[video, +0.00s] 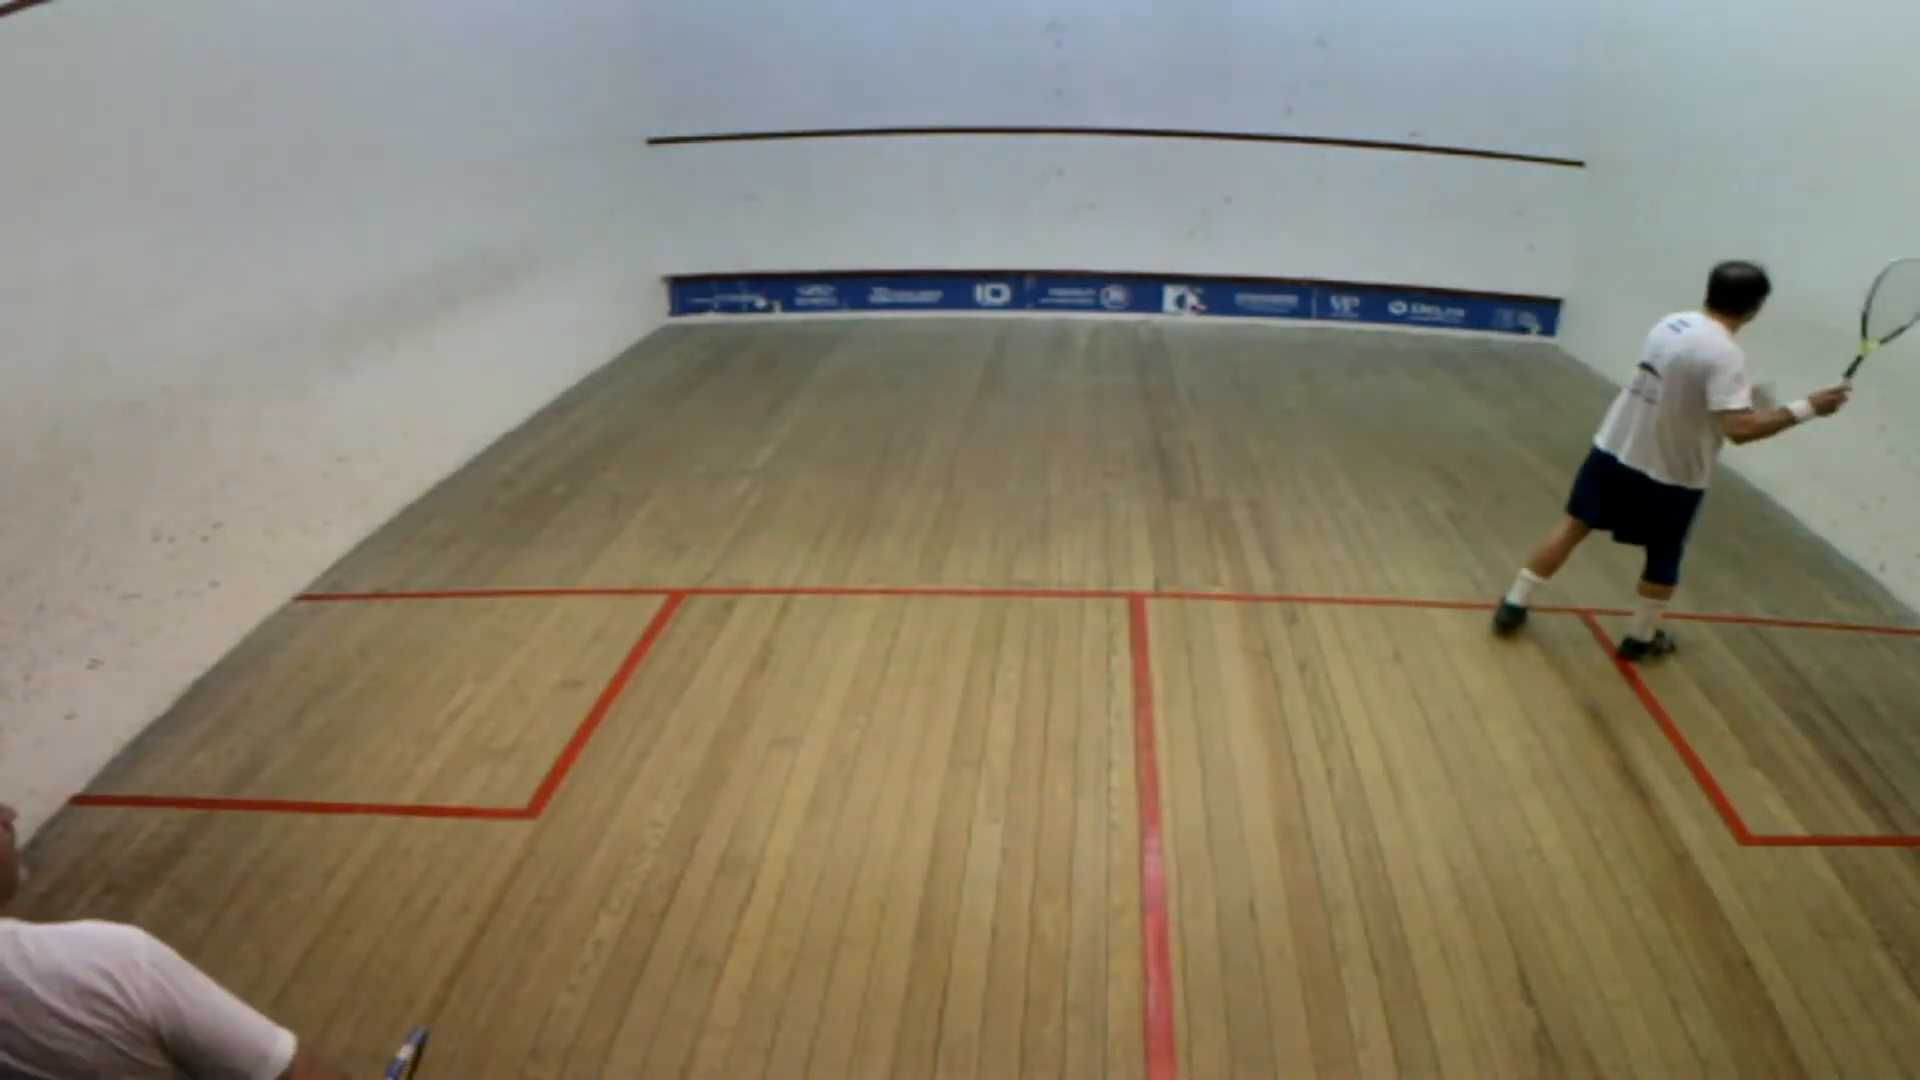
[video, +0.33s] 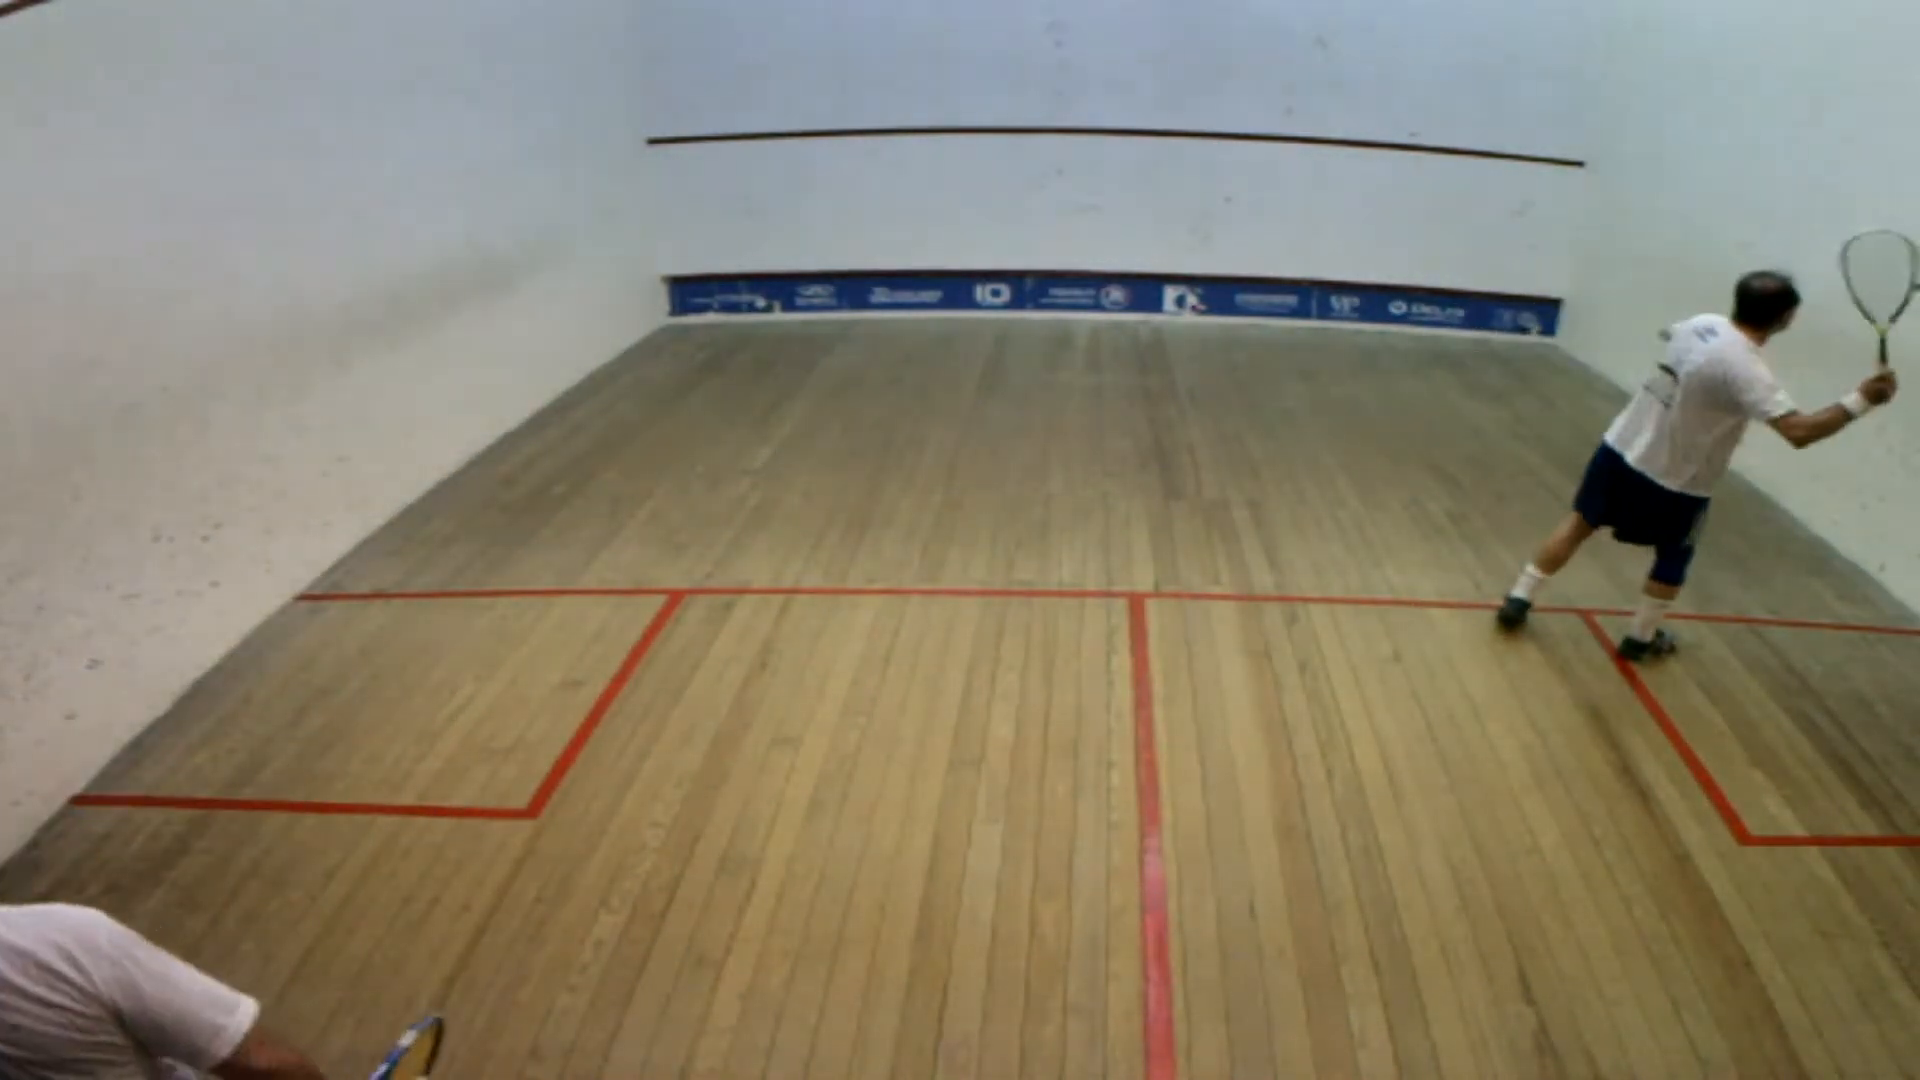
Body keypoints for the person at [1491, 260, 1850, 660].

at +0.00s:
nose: (1759, 311)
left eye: (1758, 303)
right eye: (1760, 304)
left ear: (1712, 292)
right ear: (1751, 309)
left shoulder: (1672, 324)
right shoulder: (1725, 356)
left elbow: (1672, 391)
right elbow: (1739, 428)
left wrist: (1739, 398)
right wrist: (1807, 408)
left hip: (1614, 450)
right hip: (1672, 477)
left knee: (1572, 526)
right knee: (1663, 558)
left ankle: (1512, 603)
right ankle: (1640, 636)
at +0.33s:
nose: (1791, 323)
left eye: (1789, 313)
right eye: (1791, 316)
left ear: (1741, 300)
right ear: (1780, 320)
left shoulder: (1700, 324)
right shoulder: (1746, 369)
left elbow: (1668, 343)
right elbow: (1798, 432)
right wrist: (1862, 399)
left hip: (1623, 449)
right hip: (1677, 484)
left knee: (1579, 524)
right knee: (1672, 559)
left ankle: (1516, 598)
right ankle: (1640, 636)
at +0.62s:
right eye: (1766, 294)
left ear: (1714, 294)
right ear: (1766, 300)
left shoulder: (1678, 339)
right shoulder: (1780, 352)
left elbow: (1600, 370)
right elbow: (1808, 358)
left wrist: (1607, 364)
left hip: (1635, 455)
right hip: (1701, 479)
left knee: (1589, 495)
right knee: (1672, 557)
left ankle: (1555, 565)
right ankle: (1644, 633)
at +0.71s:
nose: (1696, 293)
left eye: (1698, 288)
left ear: (1701, 295)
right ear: (1750, 298)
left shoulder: (1685, 346)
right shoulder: (1764, 343)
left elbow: (1595, 386)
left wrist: (1610, 370)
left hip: (1648, 462)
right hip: (1711, 477)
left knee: (1587, 495)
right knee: (1678, 556)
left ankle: (1566, 566)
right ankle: (1650, 635)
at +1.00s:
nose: (1607, 320)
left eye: (1612, 313)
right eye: (1610, 312)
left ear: (1627, 321)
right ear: (1658, 320)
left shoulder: (1639, 374)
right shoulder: (1675, 353)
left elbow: (1649, 457)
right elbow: (1590, 382)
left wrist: (1575, 445)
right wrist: (1520, 390)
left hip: (1632, 507)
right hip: (1680, 500)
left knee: (1573, 581)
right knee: (1656, 575)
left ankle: (1633, 673)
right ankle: (1646, 654)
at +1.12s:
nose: (1553, 316)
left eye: (1562, 312)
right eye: (1558, 310)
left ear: (1581, 325)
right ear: (1599, 326)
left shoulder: (1593, 379)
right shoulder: (1620, 362)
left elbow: (1599, 465)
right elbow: (1574, 416)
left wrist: (1538, 450)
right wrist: (1512, 418)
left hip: (1609, 523)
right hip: (1633, 509)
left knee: (1569, 602)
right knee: (1587, 583)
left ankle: (1637, 676)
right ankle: (1592, 635)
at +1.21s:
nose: (1509, 304)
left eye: (1520, 298)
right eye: (1514, 296)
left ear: (1550, 312)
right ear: (1559, 313)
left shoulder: (1536, 366)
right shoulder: (1595, 354)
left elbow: (1545, 449)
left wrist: (1499, 447)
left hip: (1563, 519)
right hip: (1602, 509)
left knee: (1540, 596)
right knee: (1517, 555)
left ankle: (1617, 668)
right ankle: (1500, 644)